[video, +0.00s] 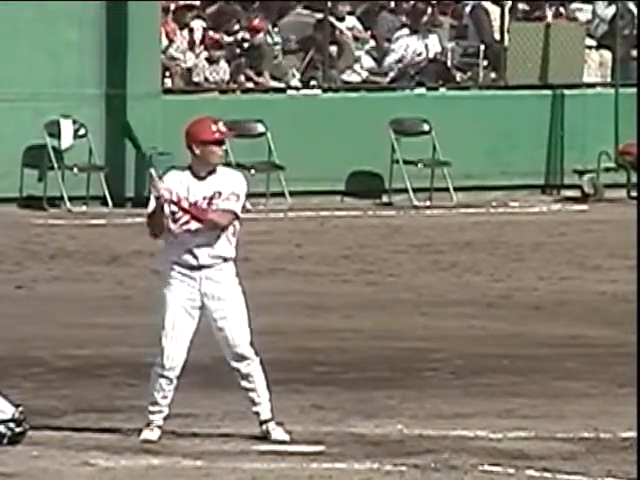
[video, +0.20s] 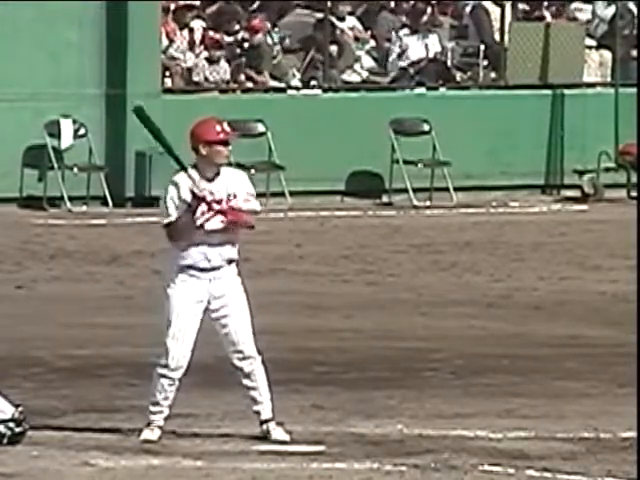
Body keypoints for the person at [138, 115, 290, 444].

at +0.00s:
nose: (222, 148)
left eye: (222, 143)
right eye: (215, 144)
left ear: (221, 146)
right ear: (195, 149)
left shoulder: (233, 180)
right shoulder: (172, 181)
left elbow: (221, 221)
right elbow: (155, 231)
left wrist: (183, 204)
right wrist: (159, 203)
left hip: (221, 275)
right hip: (181, 276)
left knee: (241, 350)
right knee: (170, 357)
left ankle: (267, 421)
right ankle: (155, 421)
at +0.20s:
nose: (226, 149)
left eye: (227, 144)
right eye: (220, 144)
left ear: (225, 147)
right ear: (202, 148)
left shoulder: (237, 178)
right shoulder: (181, 184)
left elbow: (249, 220)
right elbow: (175, 235)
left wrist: (222, 211)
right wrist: (196, 214)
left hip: (226, 274)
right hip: (188, 277)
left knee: (245, 351)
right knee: (175, 356)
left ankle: (268, 421)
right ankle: (155, 421)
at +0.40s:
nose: (234, 151)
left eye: (234, 146)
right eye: (228, 147)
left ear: (227, 149)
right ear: (210, 151)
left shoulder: (238, 177)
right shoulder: (192, 190)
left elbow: (261, 219)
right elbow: (211, 238)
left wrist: (263, 213)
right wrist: (237, 216)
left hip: (229, 276)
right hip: (194, 279)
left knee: (246, 351)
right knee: (181, 355)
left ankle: (267, 421)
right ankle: (156, 421)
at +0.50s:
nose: (238, 153)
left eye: (238, 147)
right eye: (232, 148)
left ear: (230, 150)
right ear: (214, 153)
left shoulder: (240, 178)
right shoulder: (200, 193)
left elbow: (256, 223)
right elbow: (229, 239)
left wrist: (276, 215)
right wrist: (259, 219)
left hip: (230, 277)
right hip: (196, 280)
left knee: (247, 351)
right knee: (183, 356)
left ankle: (268, 421)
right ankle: (156, 422)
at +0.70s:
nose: (245, 152)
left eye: (245, 147)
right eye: (239, 148)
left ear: (238, 151)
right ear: (221, 154)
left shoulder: (243, 180)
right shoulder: (210, 187)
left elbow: (255, 228)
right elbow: (244, 237)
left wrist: (288, 231)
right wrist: (286, 233)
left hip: (231, 279)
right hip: (199, 278)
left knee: (249, 352)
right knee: (184, 355)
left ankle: (268, 421)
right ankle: (156, 421)